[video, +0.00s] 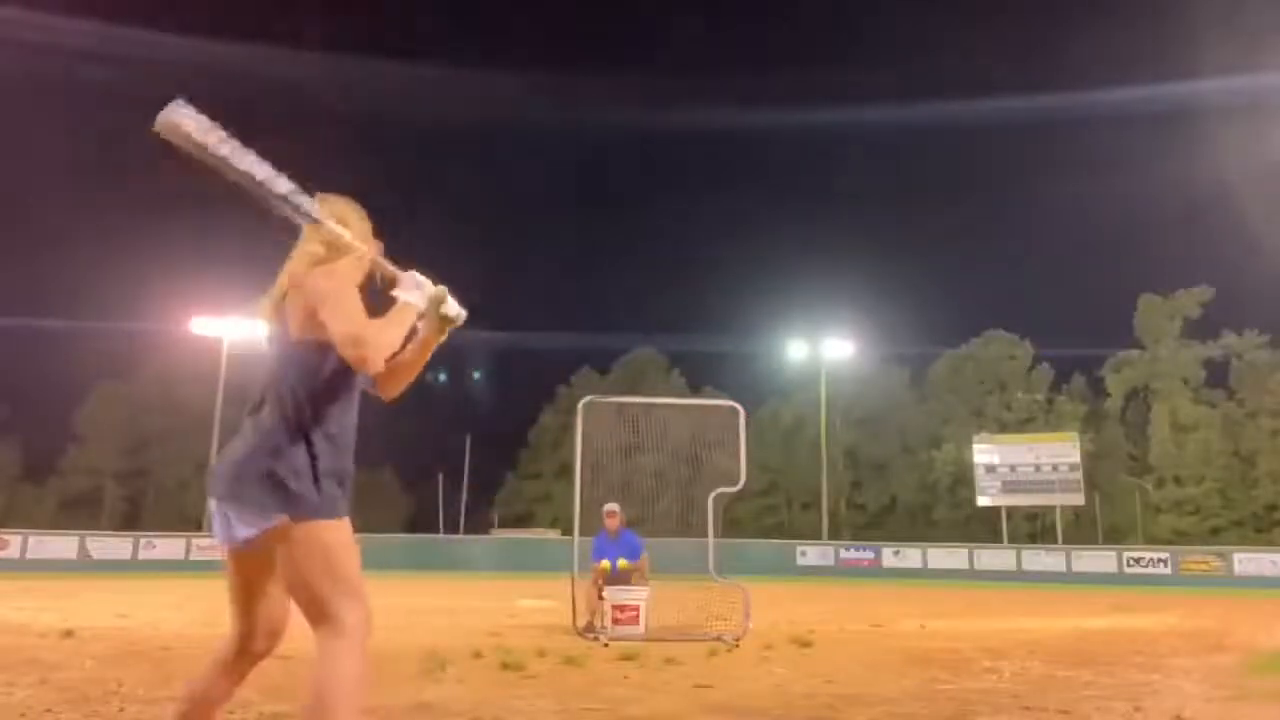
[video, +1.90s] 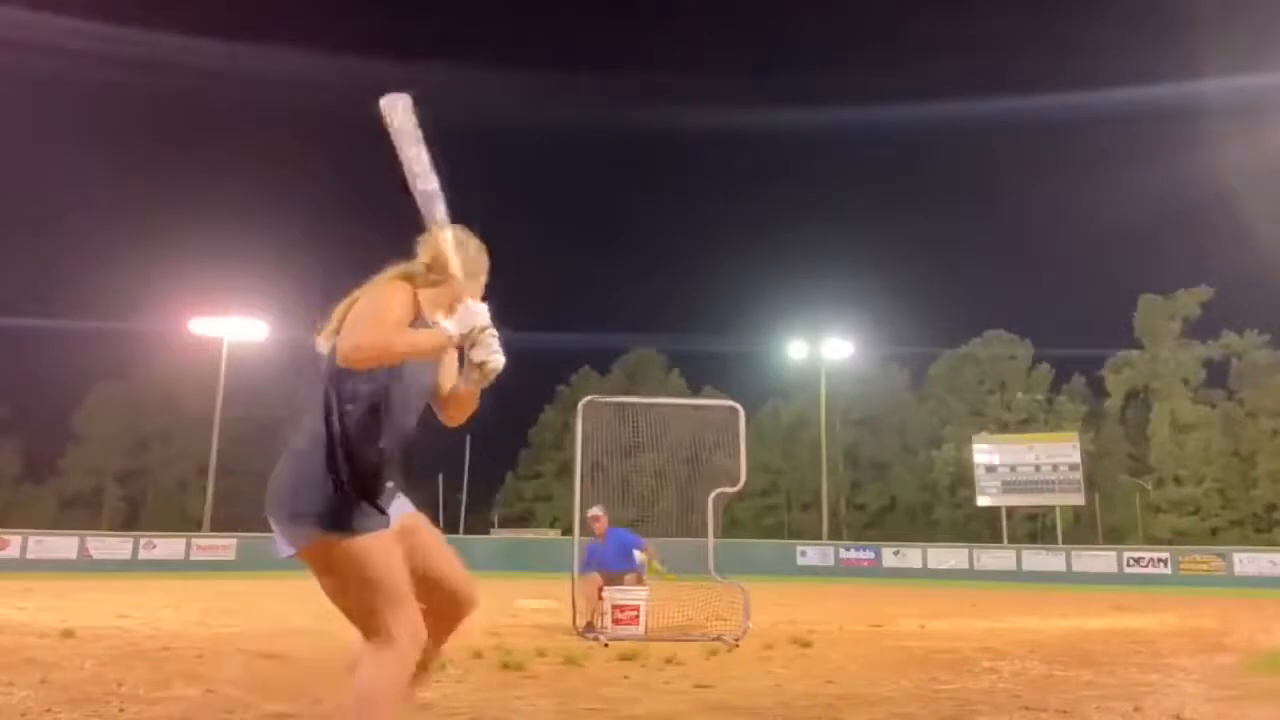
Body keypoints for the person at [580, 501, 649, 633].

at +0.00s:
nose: (611, 520)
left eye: (614, 516)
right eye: (608, 517)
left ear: (621, 518)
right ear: (603, 519)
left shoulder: (631, 538)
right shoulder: (599, 539)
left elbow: (643, 562)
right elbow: (595, 564)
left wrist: (628, 565)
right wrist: (602, 567)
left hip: (627, 576)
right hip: (607, 576)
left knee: (641, 581)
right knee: (592, 586)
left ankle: (638, 621)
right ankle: (591, 620)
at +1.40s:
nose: (604, 521)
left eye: (607, 517)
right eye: (601, 518)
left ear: (614, 517)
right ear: (597, 520)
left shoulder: (626, 537)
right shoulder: (596, 540)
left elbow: (636, 560)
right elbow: (593, 562)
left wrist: (621, 564)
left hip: (625, 573)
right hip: (606, 574)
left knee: (635, 577)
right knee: (593, 580)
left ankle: (635, 621)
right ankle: (590, 621)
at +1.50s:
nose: (599, 523)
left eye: (601, 519)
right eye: (595, 520)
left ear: (609, 518)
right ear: (593, 522)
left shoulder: (623, 537)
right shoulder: (595, 542)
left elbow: (640, 556)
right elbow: (591, 564)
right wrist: (597, 575)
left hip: (622, 573)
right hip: (603, 575)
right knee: (591, 587)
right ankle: (589, 622)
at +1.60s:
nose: (597, 524)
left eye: (600, 519)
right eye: (594, 521)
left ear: (607, 519)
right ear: (591, 523)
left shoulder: (620, 535)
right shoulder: (594, 545)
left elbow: (639, 552)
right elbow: (592, 568)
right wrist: (598, 578)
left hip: (622, 573)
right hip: (603, 575)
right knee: (590, 586)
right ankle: (589, 622)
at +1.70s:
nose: (594, 525)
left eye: (597, 520)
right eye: (591, 522)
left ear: (604, 520)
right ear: (589, 524)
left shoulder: (616, 535)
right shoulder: (593, 546)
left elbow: (637, 544)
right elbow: (592, 567)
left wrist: (640, 552)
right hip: (604, 575)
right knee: (590, 586)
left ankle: (589, 622)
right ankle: (589, 622)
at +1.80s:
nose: (594, 525)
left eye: (596, 520)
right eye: (591, 522)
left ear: (604, 520)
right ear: (588, 524)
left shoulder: (619, 535)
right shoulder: (591, 547)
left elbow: (645, 547)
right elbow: (592, 570)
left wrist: (661, 565)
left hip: (626, 575)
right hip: (605, 577)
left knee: (632, 577)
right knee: (592, 580)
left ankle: (629, 621)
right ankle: (590, 622)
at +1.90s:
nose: (596, 525)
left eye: (599, 520)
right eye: (593, 521)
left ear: (606, 519)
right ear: (590, 524)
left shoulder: (619, 534)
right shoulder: (592, 545)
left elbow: (645, 546)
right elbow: (585, 569)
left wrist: (654, 562)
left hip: (626, 574)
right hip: (605, 576)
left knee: (633, 578)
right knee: (591, 579)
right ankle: (590, 622)